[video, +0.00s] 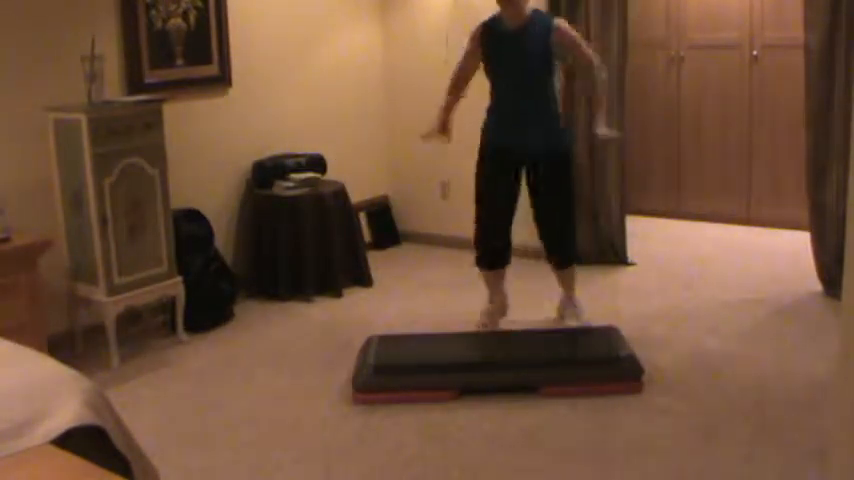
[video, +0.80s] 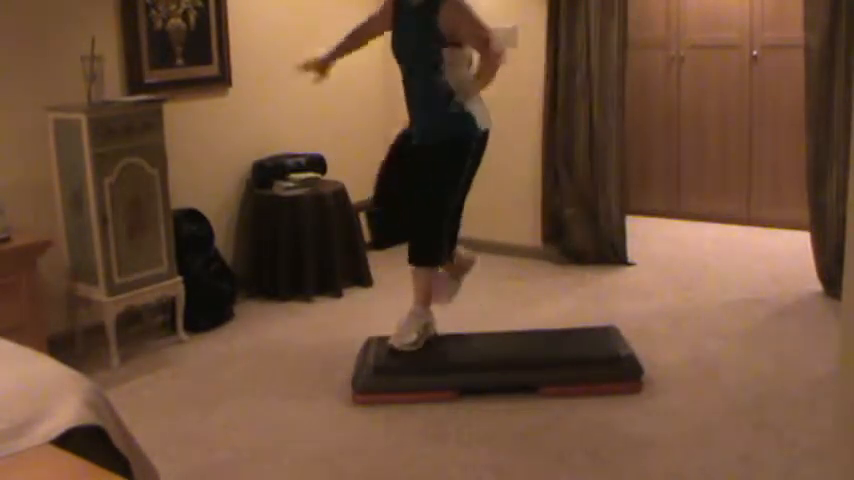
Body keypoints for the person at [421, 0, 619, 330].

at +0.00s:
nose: (509, 3)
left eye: (514, 1)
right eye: (505, 1)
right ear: (499, 2)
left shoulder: (553, 29)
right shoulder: (485, 33)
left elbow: (595, 68)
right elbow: (461, 77)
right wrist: (445, 116)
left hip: (547, 138)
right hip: (500, 139)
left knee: (556, 221)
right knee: (491, 223)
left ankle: (569, 300)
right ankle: (496, 302)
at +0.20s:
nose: (472, 7)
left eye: (478, 2)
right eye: (467, 3)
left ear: (491, 2)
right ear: (461, 6)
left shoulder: (515, 40)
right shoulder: (457, 42)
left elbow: (554, 82)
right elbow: (457, 90)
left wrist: (554, 134)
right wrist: (448, 126)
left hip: (516, 153)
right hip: (475, 155)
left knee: (519, 239)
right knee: (481, 240)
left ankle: (548, 284)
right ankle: (498, 313)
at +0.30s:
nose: (458, 1)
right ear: (451, 1)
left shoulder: (502, 29)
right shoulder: (446, 31)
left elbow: (553, 72)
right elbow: (427, 72)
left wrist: (549, 111)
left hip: (509, 143)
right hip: (468, 147)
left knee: (493, 224)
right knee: (477, 233)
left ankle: (504, 304)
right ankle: (496, 309)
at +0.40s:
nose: (447, 3)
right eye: (444, 1)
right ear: (441, 2)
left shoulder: (491, 25)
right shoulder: (434, 31)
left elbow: (537, 56)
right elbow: (394, 56)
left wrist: (512, 64)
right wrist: (347, 61)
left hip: (502, 140)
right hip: (465, 143)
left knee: (458, 215)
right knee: (484, 224)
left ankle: (450, 305)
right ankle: (500, 309)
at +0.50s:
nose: (433, 7)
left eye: (439, 1)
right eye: (431, 3)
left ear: (460, 3)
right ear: (430, 7)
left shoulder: (480, 34)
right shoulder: (426, 36)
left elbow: (511, 48)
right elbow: (376, 45)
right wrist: (327, 27)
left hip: (490, 158)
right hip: (457, 161)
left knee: (437, 222)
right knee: (484, 236)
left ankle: (424, 315)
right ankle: (505, 314)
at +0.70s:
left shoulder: (452, 13)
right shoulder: (406, 16)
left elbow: (492, 44)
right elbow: (362, 27)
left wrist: (453, 39)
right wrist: (312, 30)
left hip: (465, 141)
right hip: (431, 142)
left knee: (421, 228)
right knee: (431, 227)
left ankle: (420, 318)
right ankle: (477, 290)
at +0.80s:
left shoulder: (449, 8)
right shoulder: (397, 8)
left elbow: (493, 48)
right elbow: (364, 32)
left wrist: (476, 86)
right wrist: (328, 59)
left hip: (460, 129)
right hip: (423, 128)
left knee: (429, 217)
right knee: (391, 212)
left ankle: (420, 315)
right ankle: (454, 261)